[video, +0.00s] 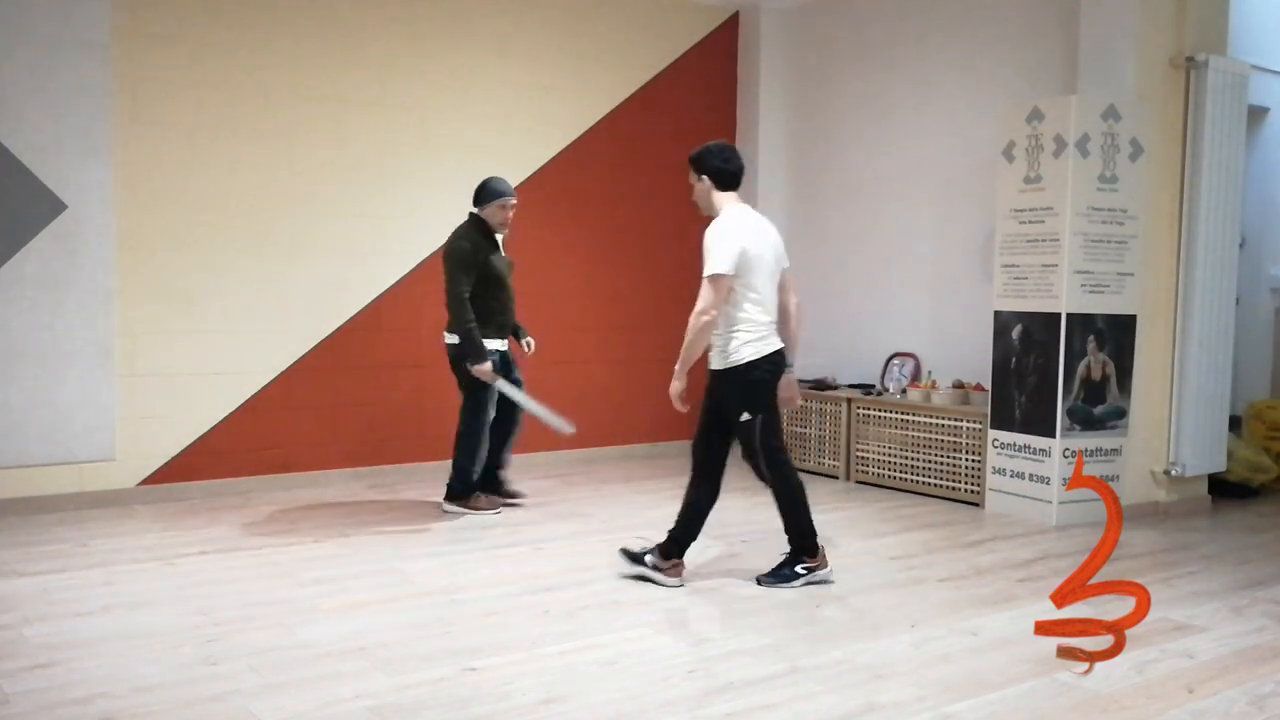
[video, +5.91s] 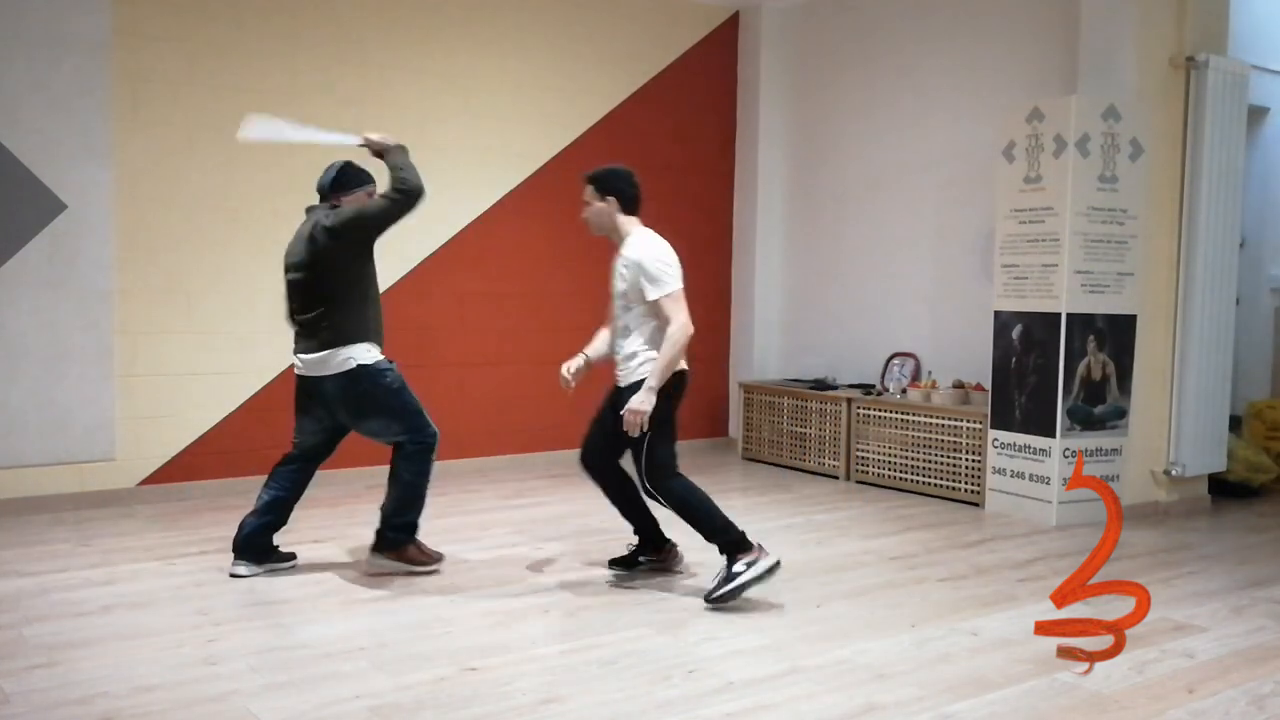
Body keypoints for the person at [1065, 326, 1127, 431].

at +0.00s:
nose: (1087, 346)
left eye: (1091, 342)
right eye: (1088, 342)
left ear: (1098, 345)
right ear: (1088, 345)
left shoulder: (1108, 364)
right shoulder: (1084, 364)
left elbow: (1113, 389)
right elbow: (1076, 390)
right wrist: (1070, 408)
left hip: (1103, 406)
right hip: (1086, 406)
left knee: (1121, 411)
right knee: (1071, 410)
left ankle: (1086, 425)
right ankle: (1101, 425)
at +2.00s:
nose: (1087, 345)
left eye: (1091, 342)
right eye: (1088, 342)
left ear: (1099, 344)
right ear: (1088, 345)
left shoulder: (1108, 364)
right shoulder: (1083, 365)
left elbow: (1113, 388)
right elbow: (1076, 390)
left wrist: (1115, 406)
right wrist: (1070, 408)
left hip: (1102, 405)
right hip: (1086, 405)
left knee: (1121, 411)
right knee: (1071, 410)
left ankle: (1086, 425)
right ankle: (1101, 425)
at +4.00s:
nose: (1088, 345)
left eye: (1091, 342)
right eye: (1088, 342)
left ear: (1098, 344)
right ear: (1087, 344)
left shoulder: (1108, 364)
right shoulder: (1084, 364)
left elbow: (1114, 392)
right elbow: (1076, 391)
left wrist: (1107, 407)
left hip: (1102, 406)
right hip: (1086, 406)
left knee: (1121, 411)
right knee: (1071, 410)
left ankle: (1086, 425)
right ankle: (1099, 425)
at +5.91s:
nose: (1088, 345)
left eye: (1091, 342)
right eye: (1088, 342)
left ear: (1099, 344)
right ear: (1087, 345)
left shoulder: (1108, 364)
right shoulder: (1084, 365)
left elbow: (1114, 391)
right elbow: (1076, 390)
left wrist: (1107, 407)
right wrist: (1070, 409)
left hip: (1103, 406)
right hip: (1086, 405)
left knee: (1121, 411)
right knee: (1071, 410)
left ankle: (1085, 425)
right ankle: (1100, 425)